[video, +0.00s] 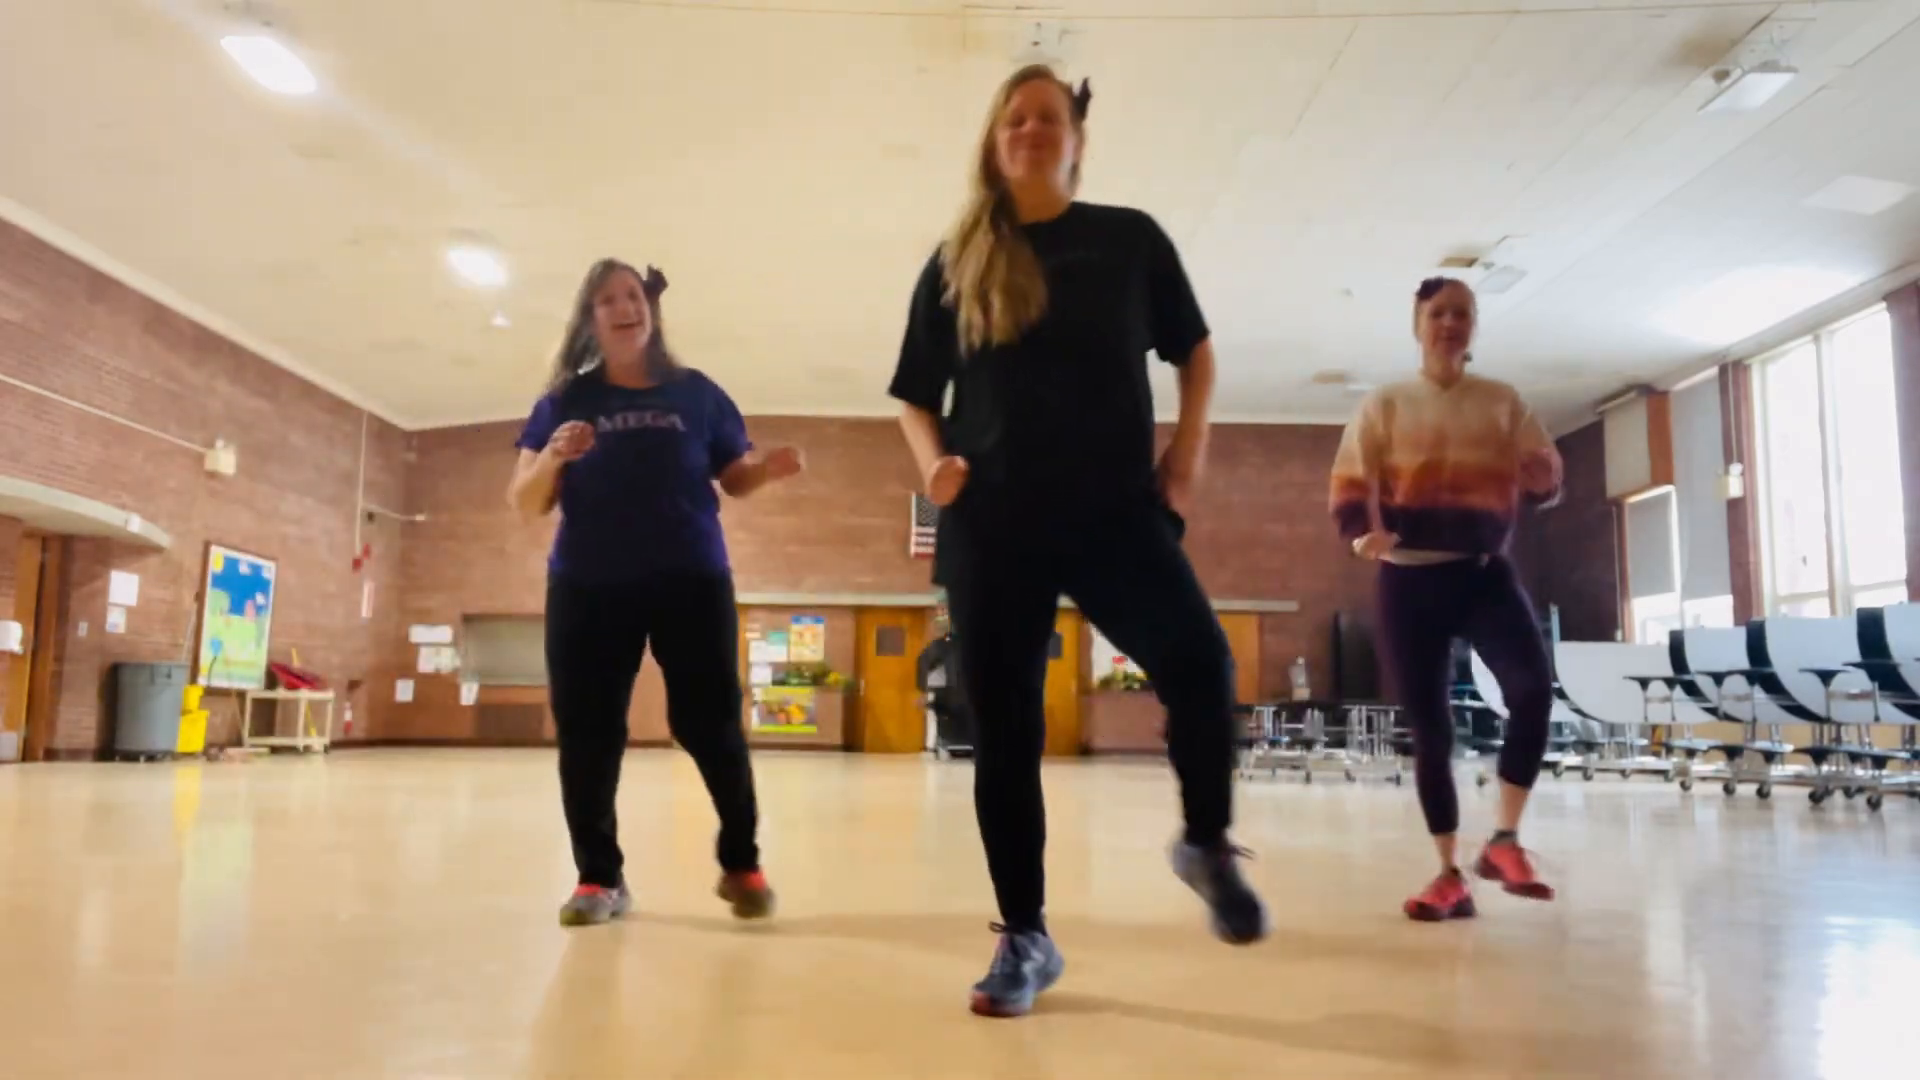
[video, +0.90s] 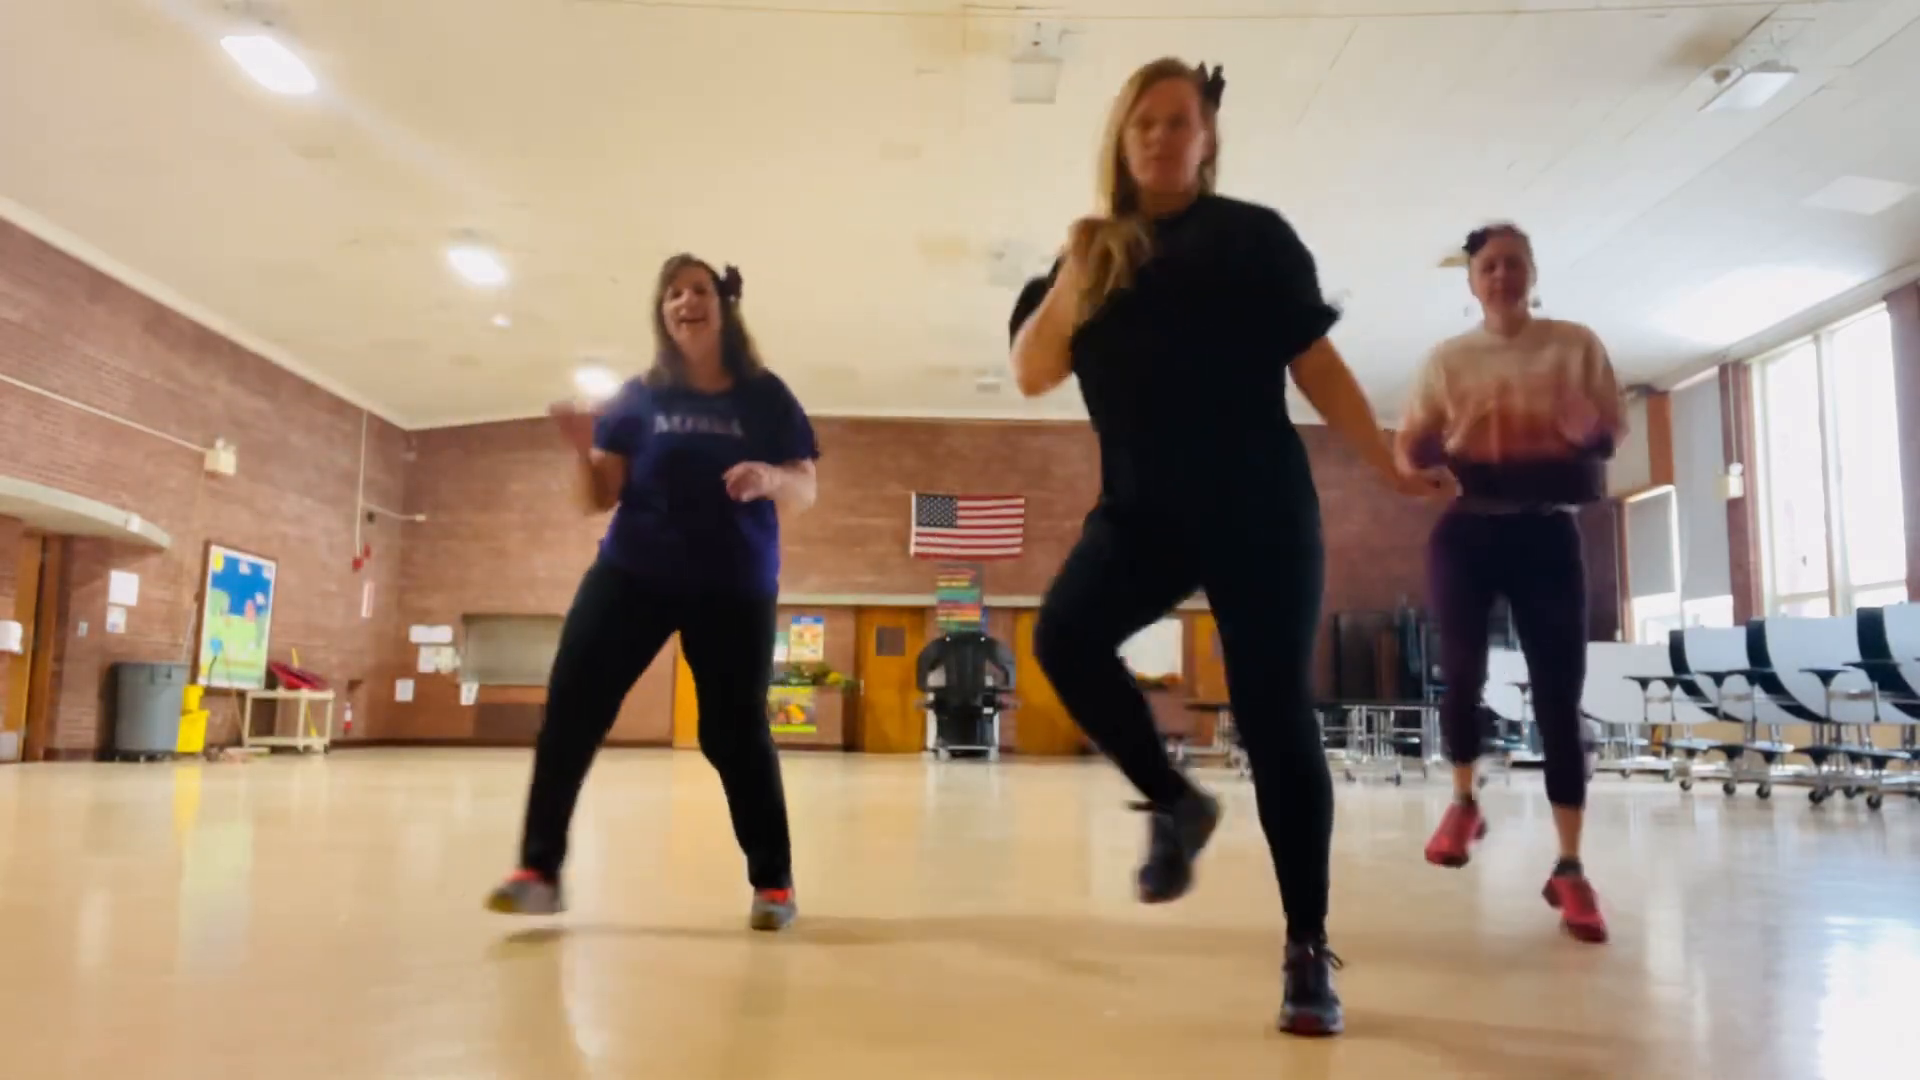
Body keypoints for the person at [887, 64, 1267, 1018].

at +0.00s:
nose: (1031, 130)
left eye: (1048, 118)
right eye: (1017, 118)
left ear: (1077, 137)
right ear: (992, 142)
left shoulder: (1132, 238)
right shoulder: (959, 262)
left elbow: (1195, 349)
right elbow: (913, 390)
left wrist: (1184, 457)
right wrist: (931, 459)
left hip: (1111, 512)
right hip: (995, 521)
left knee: (1201, 663)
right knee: (1004, 734)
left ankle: (1207, 845)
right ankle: (1024, 936)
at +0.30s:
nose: (1136, 176)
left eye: (1153, 163)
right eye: (1121, 165)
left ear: (1185, 182)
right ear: (1099, 189)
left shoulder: (1240, 286)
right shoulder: (1074, 307)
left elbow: (1328, 389)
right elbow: (992, 426)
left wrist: (1293, 378)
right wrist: (1030, 371)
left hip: (1230, 564)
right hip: (1108, 567)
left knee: (1260, 766)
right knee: (1051, 763)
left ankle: (1290, 954)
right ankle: (1033, 946)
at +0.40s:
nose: (1156, 130)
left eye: (1172, 117)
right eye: (1140, 119)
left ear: (1202, 136)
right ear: (1114, 143)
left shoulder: (1257, 229)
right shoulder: (1095, 250)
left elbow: (1322, 332)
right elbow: (1046, 348)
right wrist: (1026, 230)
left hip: (1246, 511)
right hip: (1124, 512)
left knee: (1267, 720)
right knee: (1087, 711)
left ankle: (1293, 928)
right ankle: (1079, 914)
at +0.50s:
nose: (1174, 115)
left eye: (1189, 102)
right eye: (1159, 103)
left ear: (1217, 119)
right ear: (1130, 123)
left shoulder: (1265, 211)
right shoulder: (1108, 219)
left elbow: (1309, 304)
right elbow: (1082, 323)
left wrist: (1316, 180)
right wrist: (1082, 204)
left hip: (1256, 494)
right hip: (1140, 496)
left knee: (1273, 703)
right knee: (1135, 698)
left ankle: (1297, 916)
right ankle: (1179, 880)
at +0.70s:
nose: (1193, 171)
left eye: (1210, 157)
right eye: (1178, 156)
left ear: (1238, 172)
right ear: (1154, 173)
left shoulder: (1278, 275)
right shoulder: (1118, 285)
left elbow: (1322, 395)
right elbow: (1069, 408)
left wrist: (1256, 311)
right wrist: (1120, 327)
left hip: (1278, 551)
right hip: (1162, 558)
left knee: (1281, 745)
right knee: (1209, 750)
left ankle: (1302, 949)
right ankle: (1254, 930)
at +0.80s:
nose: (1182, 135)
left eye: (1198, 119)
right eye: (1165, 122)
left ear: (1228, 132)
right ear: (1134, 139)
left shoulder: (1272, 217)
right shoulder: (1105, 247)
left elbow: (1336, 341)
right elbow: (1028, 352)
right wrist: (1067, 252)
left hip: (1268, 511)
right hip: (1151, 519)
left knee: (1277, 721)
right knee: (1138, 700)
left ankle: (1306, 943)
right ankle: (1228, 858)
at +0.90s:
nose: (1163, 138)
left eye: (1180, 123)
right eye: (1147, 123)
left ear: (1209, 136)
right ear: (1121, 138)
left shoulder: (1254, 237)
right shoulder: (1090, 254)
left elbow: (1319, 367)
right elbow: (1032, 376)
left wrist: (1389, 462)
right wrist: (1074, 287)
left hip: (1258, 510)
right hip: (1143, 514)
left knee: (1275, 721)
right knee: (1064, 640)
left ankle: (1307, 948)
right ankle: (1175, 801)